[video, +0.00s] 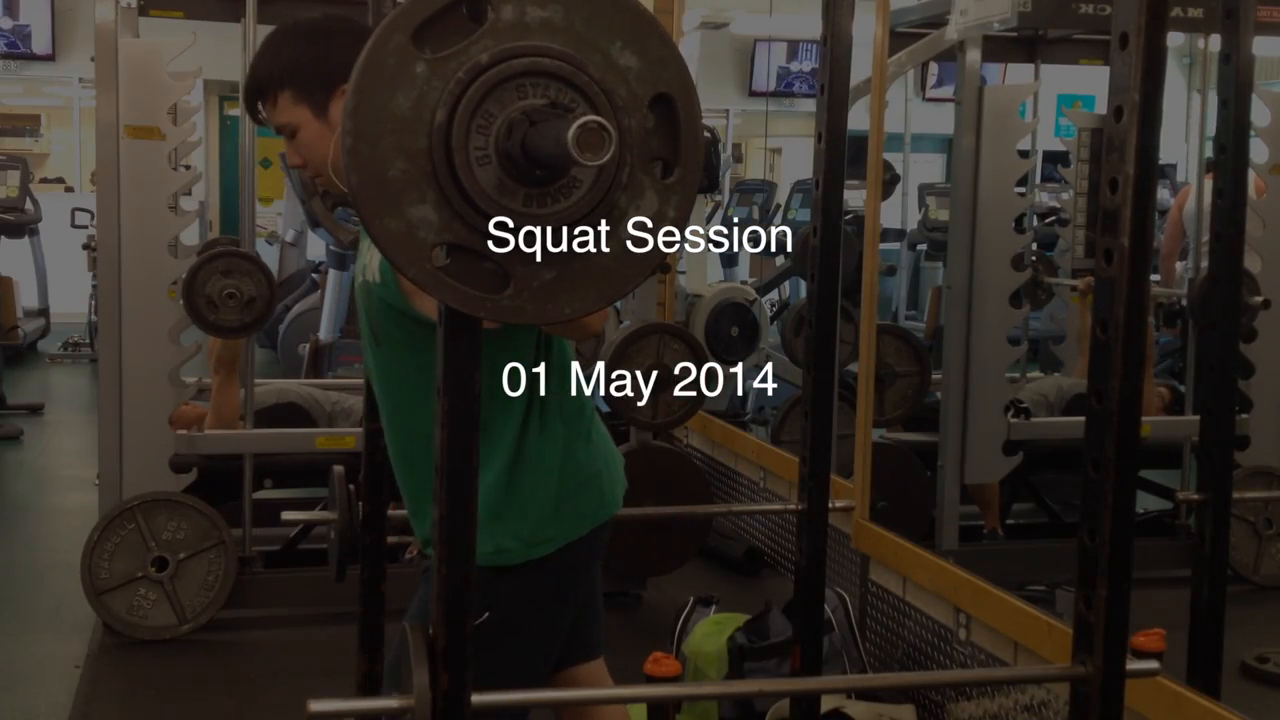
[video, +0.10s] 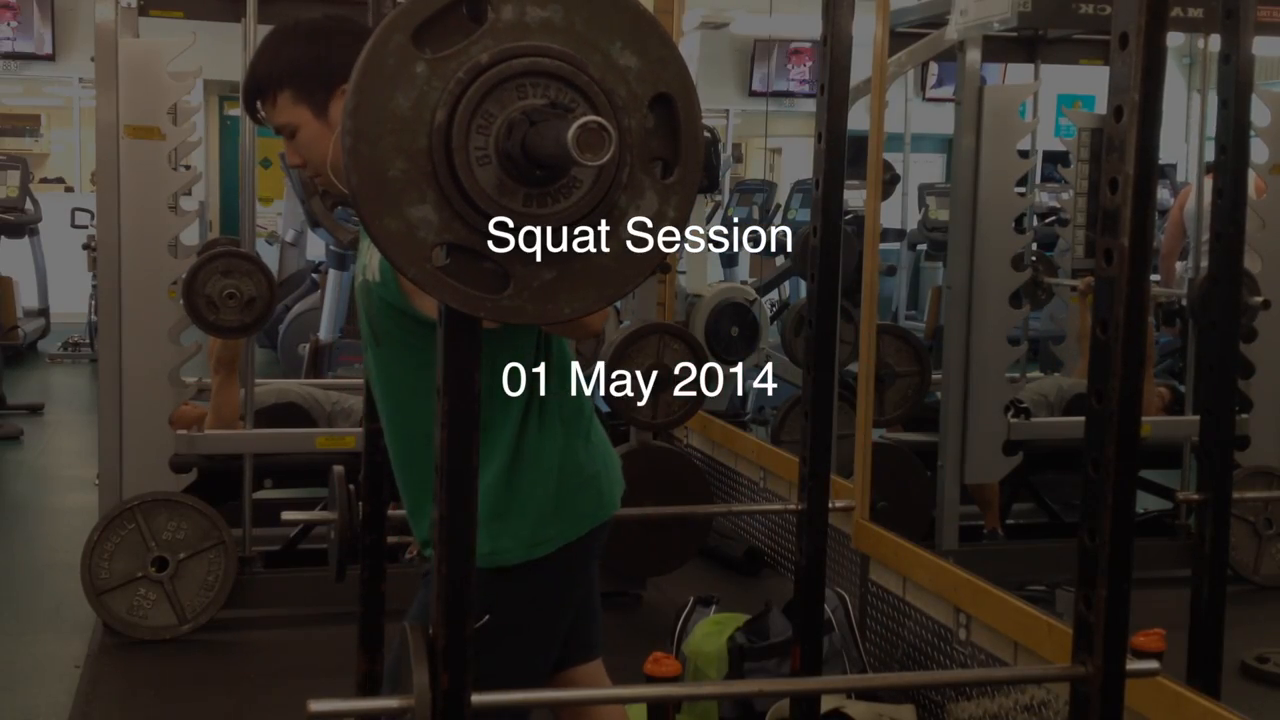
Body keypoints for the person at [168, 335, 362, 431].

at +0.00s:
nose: (192, 403)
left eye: (187, 403)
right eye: (186, 409)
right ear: (191, 427)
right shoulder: (221, 433)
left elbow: (223, 365)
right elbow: (224, 366)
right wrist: (231, 301)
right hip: (357, 420)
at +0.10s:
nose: (192, 403)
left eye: (187, 404)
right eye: (186, 409)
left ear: (195, 405)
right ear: (191, 427)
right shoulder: (221, 432)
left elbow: (223, 365)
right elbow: (224, 366)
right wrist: (231, 301)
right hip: (358, 420)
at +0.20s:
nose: (192, 403)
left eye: (187, 403)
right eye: (186, 409)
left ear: (195, 405)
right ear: (191, 427)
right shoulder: (221, 432)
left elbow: (223, 365)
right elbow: (224, 366)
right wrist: (231, 300)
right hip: (357, 421)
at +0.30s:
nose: (192, 403)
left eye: (187, 403)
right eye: (186, 409)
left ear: (195, 405)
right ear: (191, 427)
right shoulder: (221, 432)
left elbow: (222, 366)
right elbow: (224, 367)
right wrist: (231, 300)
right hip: (358, 422)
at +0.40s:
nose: (191, 402)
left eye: (187, 403)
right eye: (186, 409)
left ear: (195, 406)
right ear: (191, 427)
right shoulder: (222, 432)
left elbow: (222, 365)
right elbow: (224, 367)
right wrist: (232, 301)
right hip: (358, 420)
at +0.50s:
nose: (192, 402)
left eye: (187, 403)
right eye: (186, 409)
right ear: (192, 427)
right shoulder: (221, 432)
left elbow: (222, 366)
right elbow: (224, 368)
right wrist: (232, 301)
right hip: (359, 422)